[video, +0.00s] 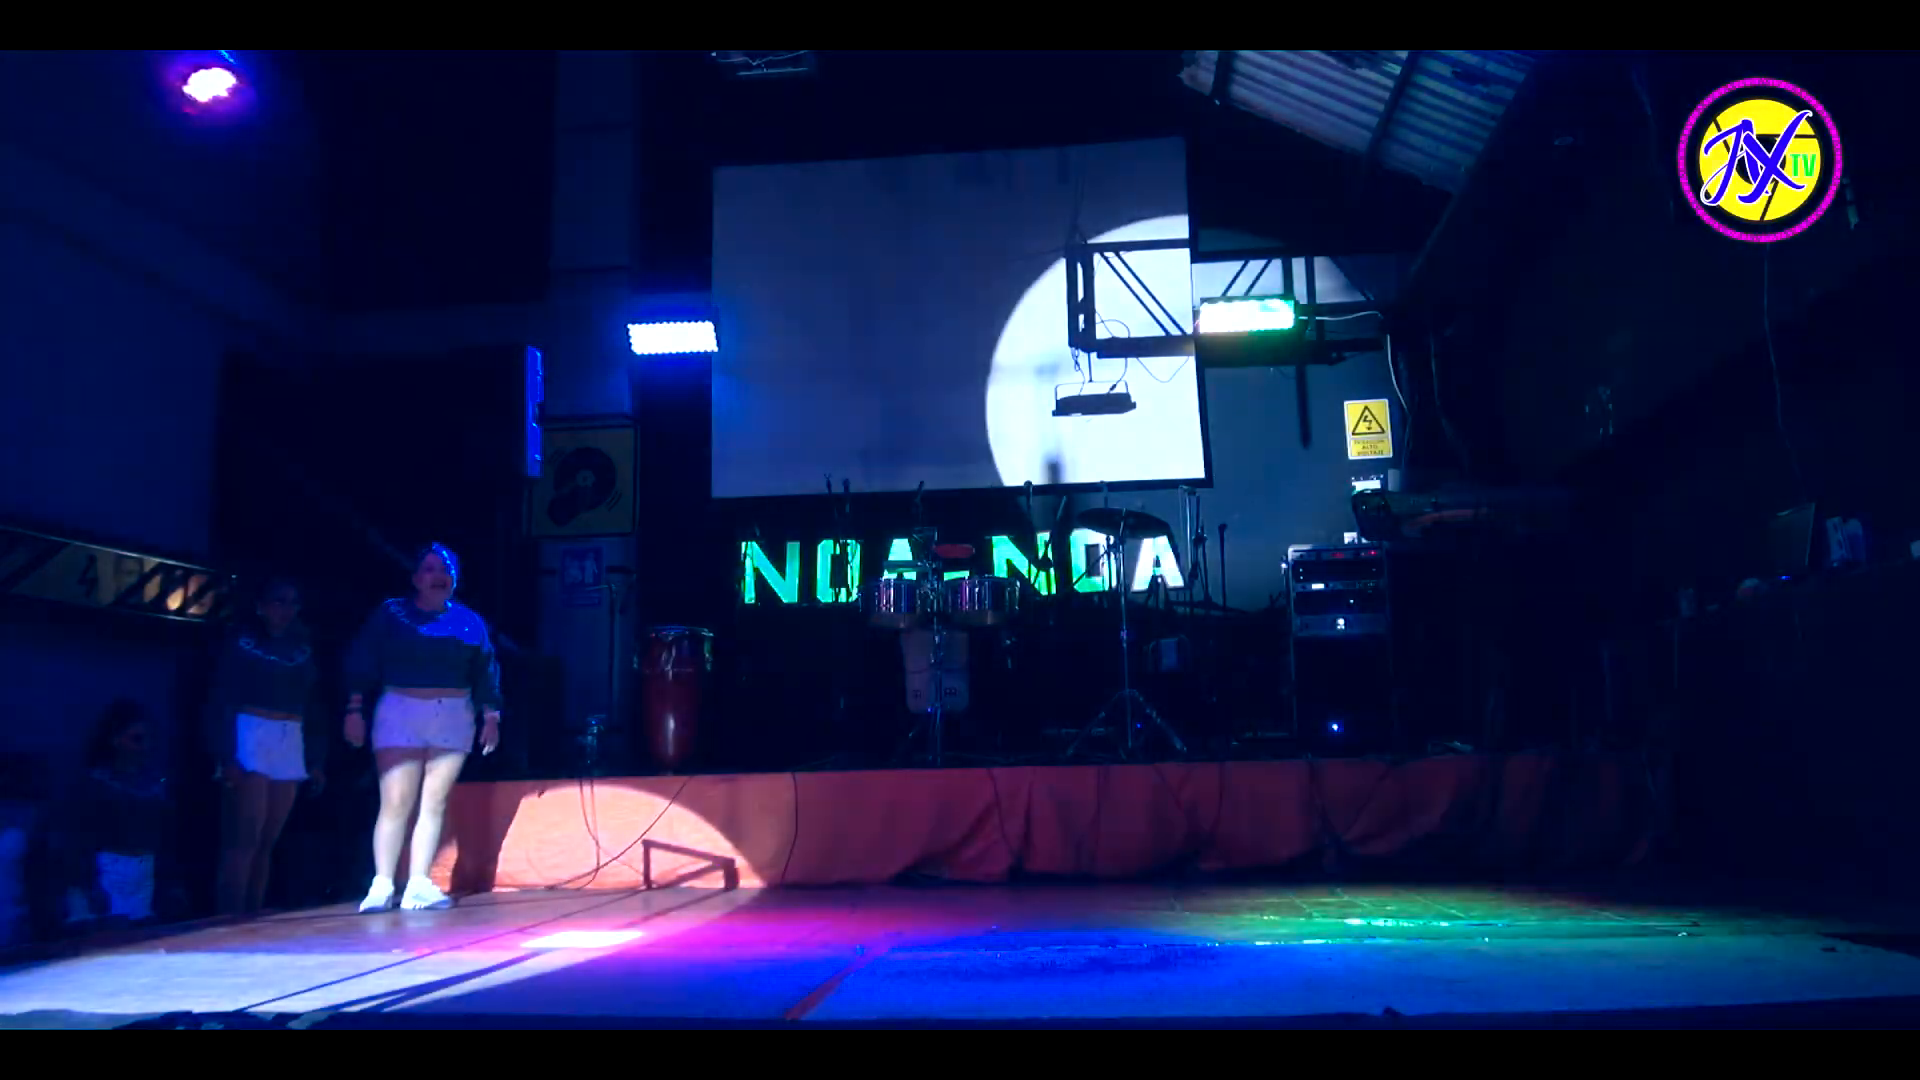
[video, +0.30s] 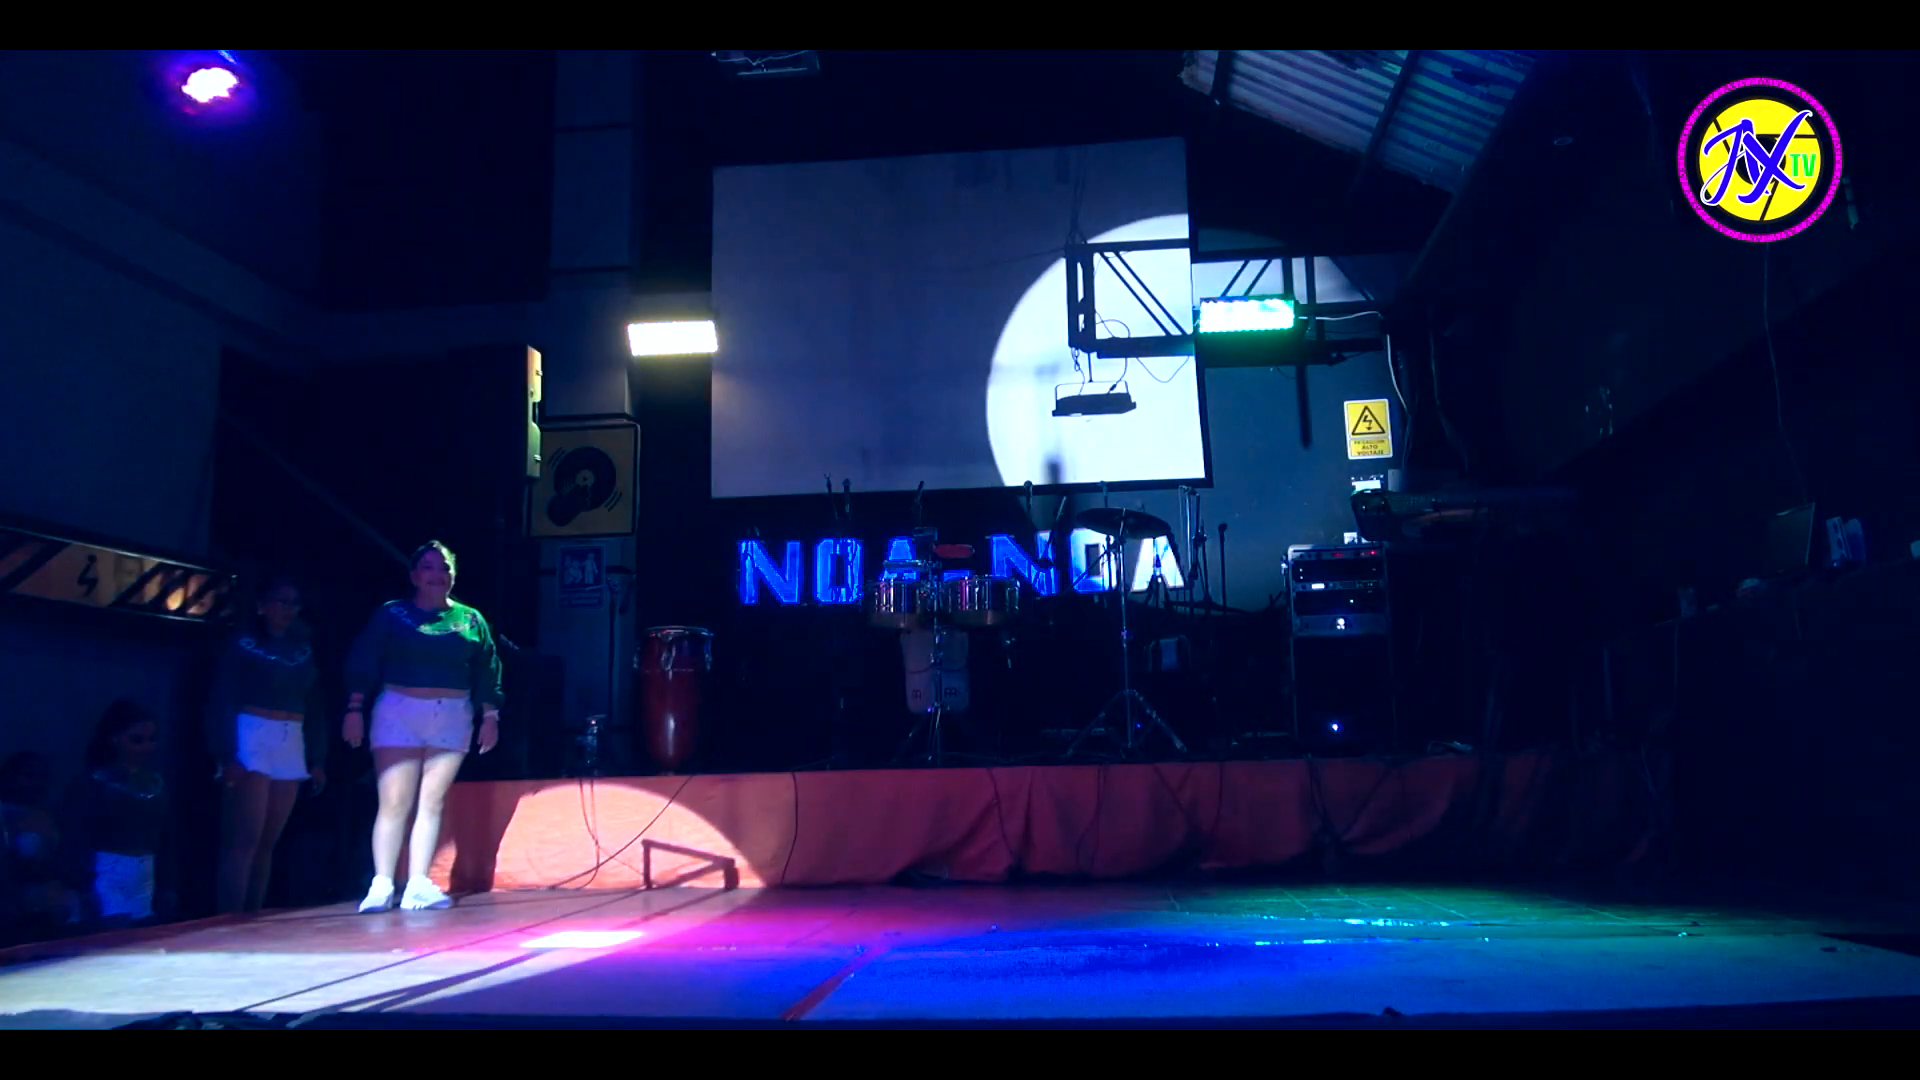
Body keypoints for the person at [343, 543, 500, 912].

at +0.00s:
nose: (435, 575)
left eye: (442, 570)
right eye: (429, 569)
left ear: (453, 577)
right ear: (415, 576)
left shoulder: (470, 623)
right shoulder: (391, 616)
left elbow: (487, 675)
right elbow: (363, 661)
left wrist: (491, 716)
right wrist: (355, 708)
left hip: (453, 712)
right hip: (399, 710)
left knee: (434, 802)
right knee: (396, 803)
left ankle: (419, 882)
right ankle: (383, 882)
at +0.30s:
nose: (437, 573)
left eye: (443, 567)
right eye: (429, 567)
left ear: (453, 574)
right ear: (414, 574)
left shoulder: (470, 620)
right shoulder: (392, 615)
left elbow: (488, 671)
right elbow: (365, 660)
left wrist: (490, 715)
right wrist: (354, 708)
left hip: (452, 714)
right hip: (397, 710)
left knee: (432, 801)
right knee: (394, 803)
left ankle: (418, 883)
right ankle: (383, 883)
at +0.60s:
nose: (436, 574)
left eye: (443, 568)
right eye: (428, 568)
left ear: (453, 574)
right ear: (415, 574)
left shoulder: (471, 618)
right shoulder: (393, 616)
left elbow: (489, 667)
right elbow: (369, 666)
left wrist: (494, 711)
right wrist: (366, 714)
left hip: (456, 715)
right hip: (400, 711)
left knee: (434, 803)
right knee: (395, 803)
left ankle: (418, 884)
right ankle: (382, 883)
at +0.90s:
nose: (437, 575)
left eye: (444, 569)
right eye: (429, 569)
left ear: (454, 575)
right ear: (417, 575)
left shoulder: (473, 617)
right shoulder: (396, 616)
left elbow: (491, 668)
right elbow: (370, 664)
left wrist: (500, 711)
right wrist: (364, 713)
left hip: (458, 715)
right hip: (403, 713)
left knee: (436, 803)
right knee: (397, 803)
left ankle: (419, 884)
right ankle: (383, 884)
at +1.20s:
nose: (437, 573)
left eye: (444, 568)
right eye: (430, 566)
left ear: (454, 575)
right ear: (417, 572)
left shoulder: (474, 617)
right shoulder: (395, 614)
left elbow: (494, 666)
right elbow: (369, 661)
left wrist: (502, 710)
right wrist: (360, 710)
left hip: (457, 715)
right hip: (402, 712)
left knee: (435, 802)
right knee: (396, 802)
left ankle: (418, 884)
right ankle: (382, 884)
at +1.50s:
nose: (438, 573)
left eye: (446, 568)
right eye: (431, 566)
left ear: (455, 575)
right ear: (418, 572)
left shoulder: (476, 617)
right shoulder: (397, 613)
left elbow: (496, 665)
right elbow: (370, 661)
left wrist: (505, 709)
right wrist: (360, 711)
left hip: (457, 715)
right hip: (403, 712)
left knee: (435, 803)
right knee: (396, 802)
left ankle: (418, 884)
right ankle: (383, 884)